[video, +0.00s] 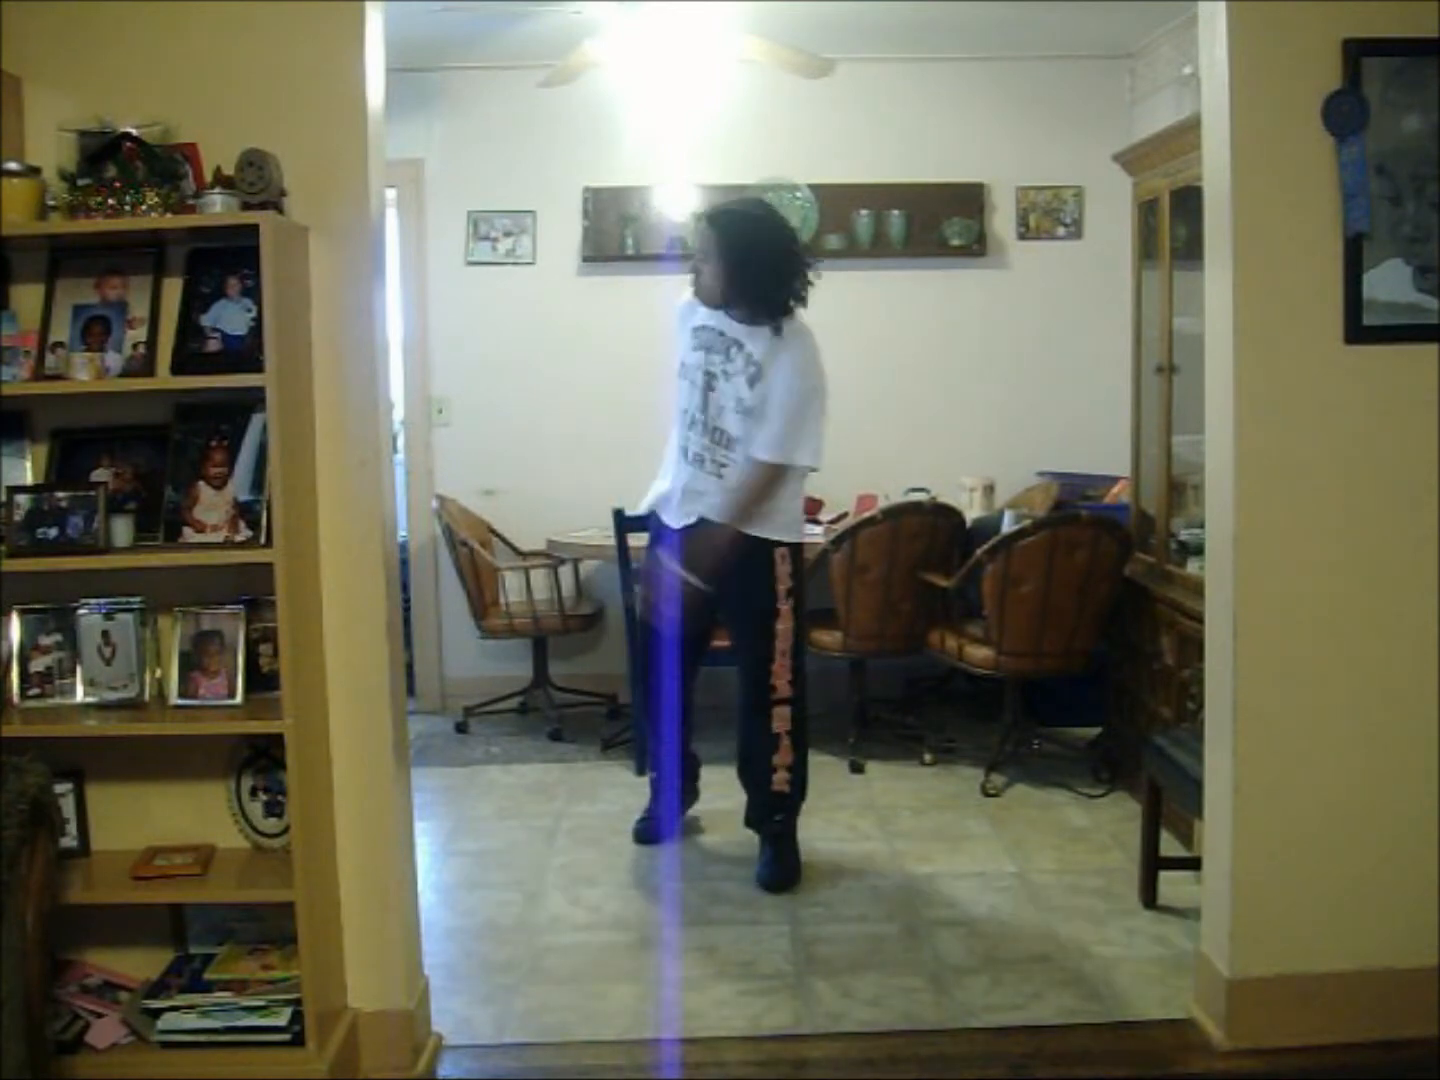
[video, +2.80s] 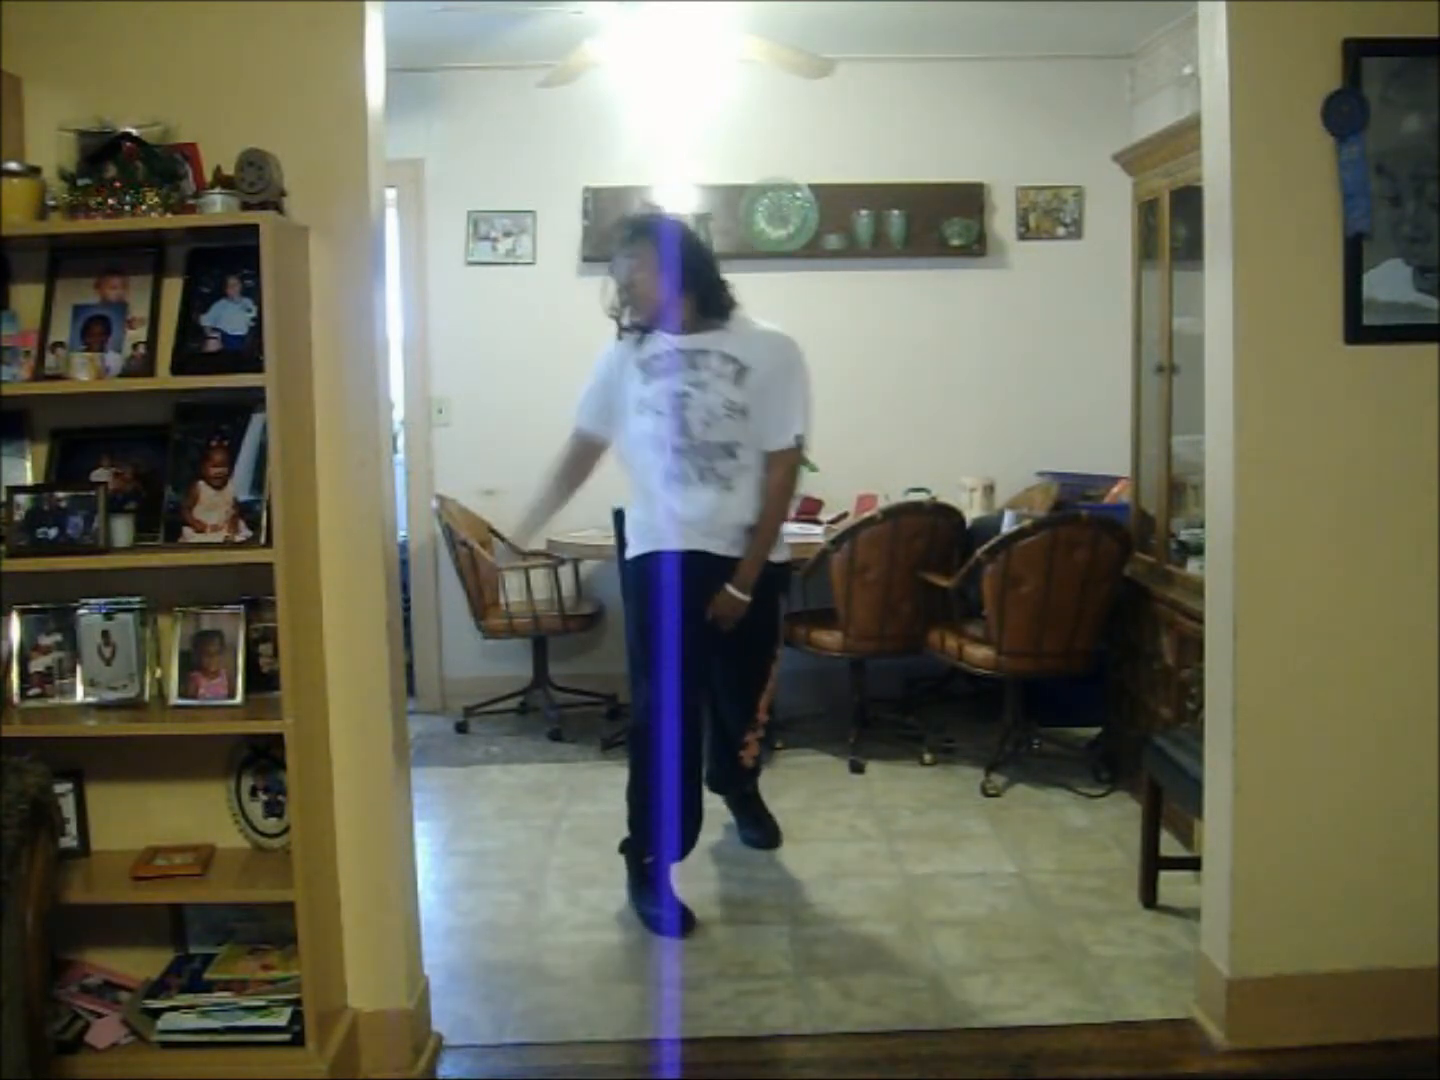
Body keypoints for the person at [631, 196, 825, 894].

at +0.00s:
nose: (692, 268)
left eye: (703, 258)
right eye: (693, 256)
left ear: (744, 266)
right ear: (718, 263)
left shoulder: (792, 350)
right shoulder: (694, 318)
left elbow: (774, 461)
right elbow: (691, 420)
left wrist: (716, 537)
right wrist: (665, 504)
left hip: (759, 532)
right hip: (682, 520)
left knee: (770, 679)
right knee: (663, 665)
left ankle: (776, 824)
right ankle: (671, 793)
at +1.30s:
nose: (672, 254)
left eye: (684, 243)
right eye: (659, 243)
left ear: (706, 253)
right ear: (637, 254)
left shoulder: (741, 330)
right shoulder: (615, 331)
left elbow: (768, 423)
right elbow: (620, 411)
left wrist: (784, 499)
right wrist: (682, 418)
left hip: (732, 506)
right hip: (654, 508)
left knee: (738, 653)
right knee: (661, 653)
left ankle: (747, 786)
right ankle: (678, 790)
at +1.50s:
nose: (690, 256)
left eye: (703, 244)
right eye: (678, 245)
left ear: (725, 255)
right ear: (656, 256)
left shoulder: (761, 336)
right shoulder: (630, 326)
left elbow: (785, 436)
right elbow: (628, 413)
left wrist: (775, 525)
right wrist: (714, 392)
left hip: (748, 511)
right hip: (667, 512)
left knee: (757, 661)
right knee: (657, 657)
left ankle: (751, 787)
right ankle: (670, 785)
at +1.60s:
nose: (702, 268)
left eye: (716, 257)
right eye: (691, 257)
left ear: (739, 267)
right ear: (674, 267)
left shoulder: (775, 347)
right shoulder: (647, 342)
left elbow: (773, 462)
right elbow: (630, 438)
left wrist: (752, 556)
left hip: (756, 513)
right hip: (677, 514)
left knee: (762, 660)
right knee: (661, 651)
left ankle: (753, 788)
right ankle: (652, 772)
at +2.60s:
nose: (606, 290)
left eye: (617, 275)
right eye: (604, 276)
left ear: (662, 273)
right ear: (629, 279)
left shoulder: (754, 347)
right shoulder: (608, 351)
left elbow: (772, 467)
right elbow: (603, 456)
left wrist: (738, 572)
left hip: (734, 545)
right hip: (650, 545)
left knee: (734, 687)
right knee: (661, 705)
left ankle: (738, 783)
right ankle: (651, 866)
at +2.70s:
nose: (607, 289)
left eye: (619, 274)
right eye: (605, 275)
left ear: (663, 272)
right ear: (624, 280)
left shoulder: (753, 348)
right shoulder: (619, 351)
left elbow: (771, 468)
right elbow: (606, 457)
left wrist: (738, 575)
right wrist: (639, 398)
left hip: (736, 545)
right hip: (653, 544)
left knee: (738, 688)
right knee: (662, 706)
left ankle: (738, 782)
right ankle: (650, 865)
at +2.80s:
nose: (626, 289)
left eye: (638, 274)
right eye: (624, 276)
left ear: (677, 274)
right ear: (636, 280)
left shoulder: (769, 352)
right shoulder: (627, 358)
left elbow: (783, 473)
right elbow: (582, 451)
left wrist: (747, 575)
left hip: (746, 551)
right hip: (657, 548)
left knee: (738, 695)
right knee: (660, 707)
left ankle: (738, 785)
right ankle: (651, 868)